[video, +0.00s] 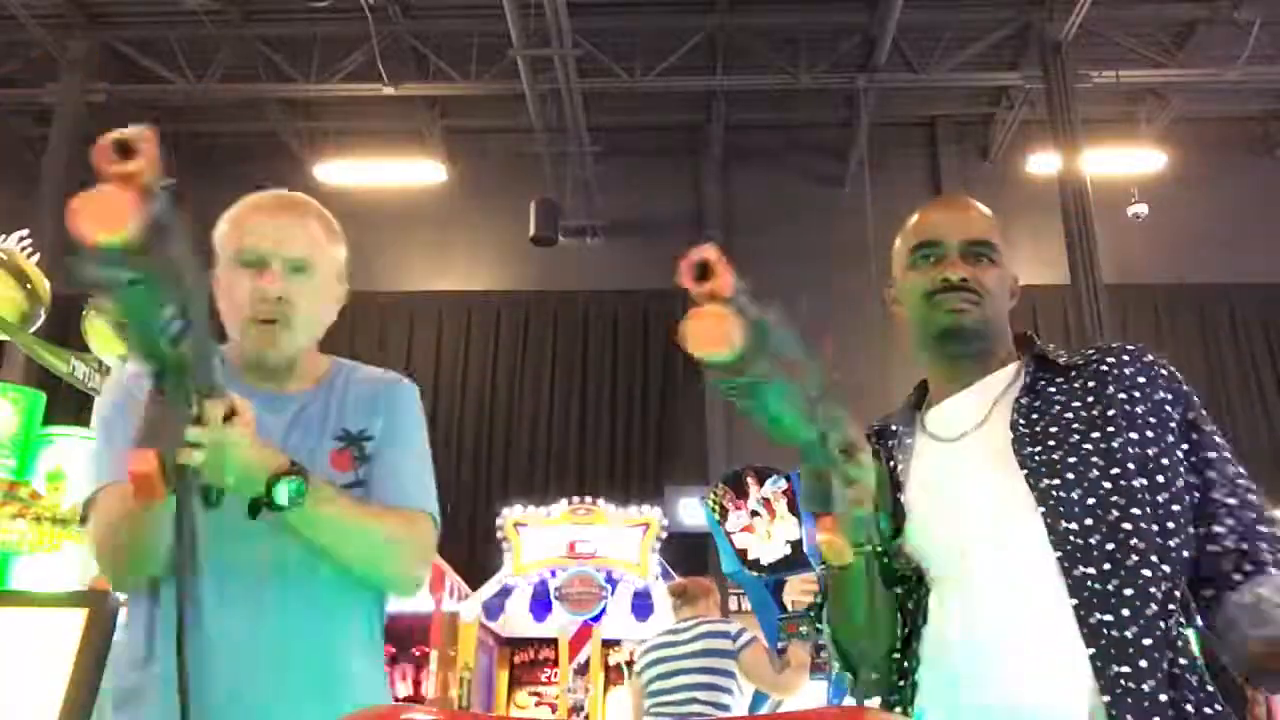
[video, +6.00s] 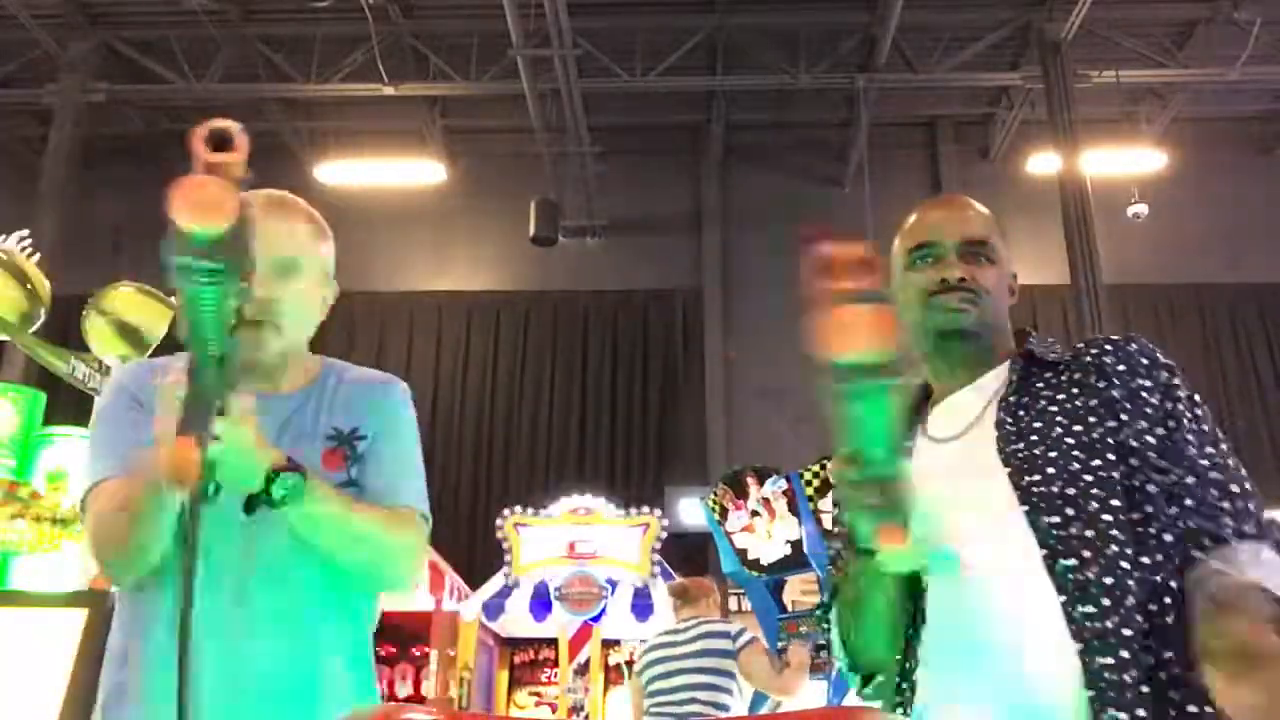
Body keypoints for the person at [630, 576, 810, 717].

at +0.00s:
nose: (721, 611)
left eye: (719, 606)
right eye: (719, 605)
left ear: (675, 610)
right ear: (713, 602)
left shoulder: (646, 649)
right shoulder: (731, 632)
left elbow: (638, 714)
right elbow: (782, 687)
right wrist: (801, 661)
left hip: (660, 715)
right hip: (713, 712)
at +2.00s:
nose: (731, 609)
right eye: (728, 602)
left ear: (684, 612)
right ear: (722, 603)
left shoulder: (656, 647)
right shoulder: (742, 637)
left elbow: (651, 701)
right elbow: (792, 688)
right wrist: (802, 659)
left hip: (662, 716)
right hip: (715, 713)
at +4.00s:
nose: (716, 607)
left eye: (714, 601)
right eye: (714, 601)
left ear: (672, 610)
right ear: (710, 599)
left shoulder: (646, 648)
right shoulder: (729, 632)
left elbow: (641, 706)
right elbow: (786, 684)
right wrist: (794, 650)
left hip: (658, 714)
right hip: (711, 712)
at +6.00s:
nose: (721, 609)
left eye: (720, 604)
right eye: (720, 603)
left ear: (675, 610)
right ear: (712, 601)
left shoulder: (647, 649)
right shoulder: (730, 633)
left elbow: (638, 715)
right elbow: (787, 687)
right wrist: (800, 659)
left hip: (660, 716)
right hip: (707, 713)